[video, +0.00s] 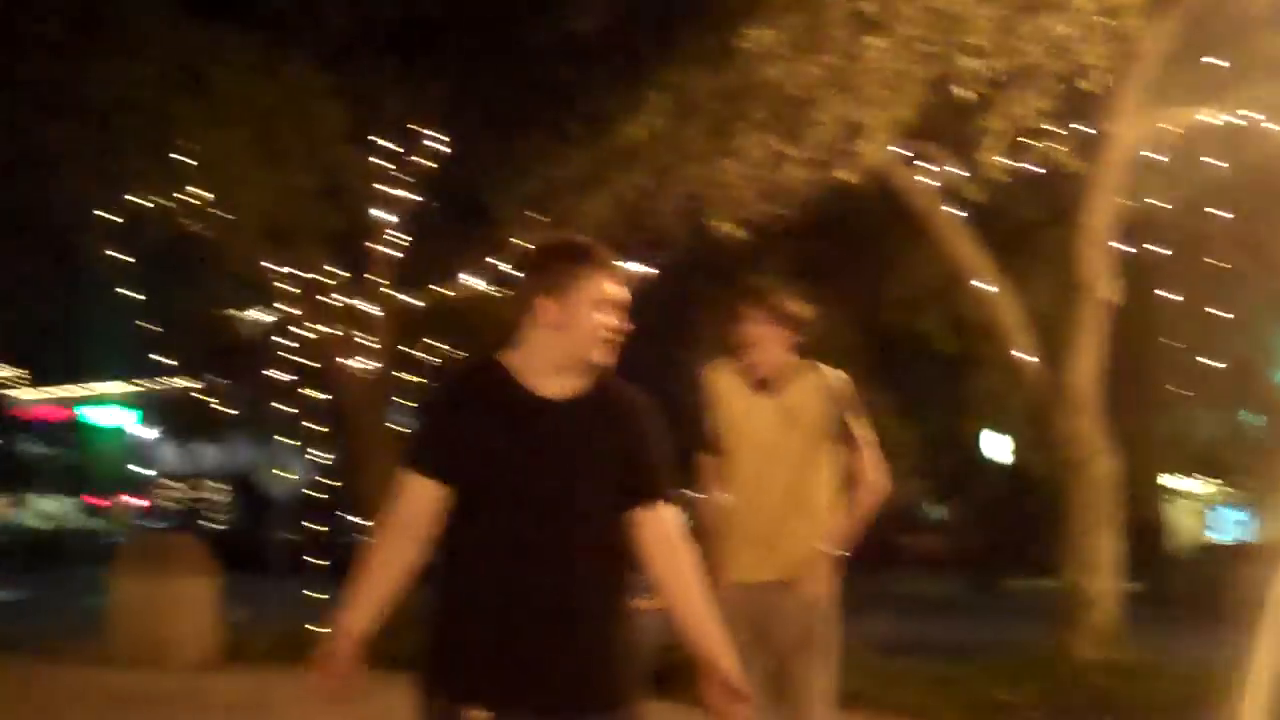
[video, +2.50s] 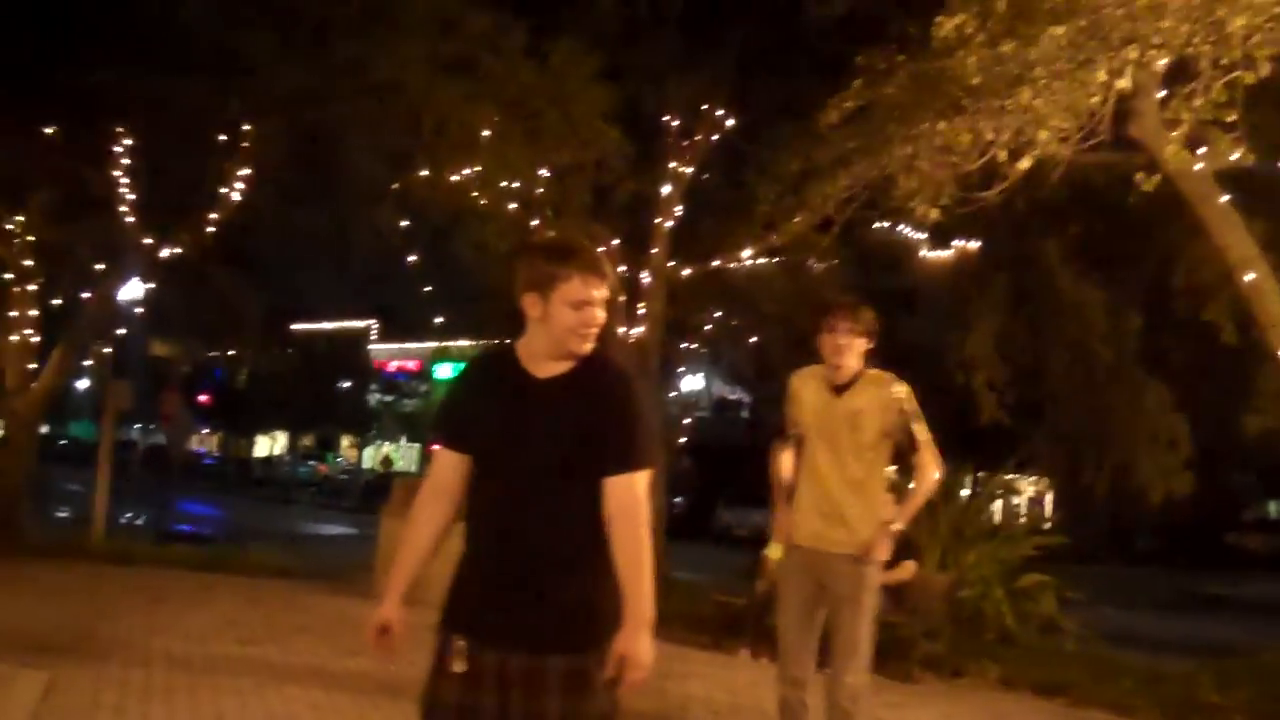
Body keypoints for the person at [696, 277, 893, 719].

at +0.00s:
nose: (747, 356)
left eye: (756, 344)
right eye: (741, 345)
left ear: (789, 336)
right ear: (734, 341)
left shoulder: (830, 386)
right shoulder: (717, 383)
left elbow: (875, 479)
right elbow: (708, 475)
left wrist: (832, 548)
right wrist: (714, 554)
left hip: (807, 579)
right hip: (733, 579)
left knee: (811, 706)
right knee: (737, 704)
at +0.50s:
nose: (826, 330)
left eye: (841, 321)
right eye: (824, 319)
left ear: (872, 333)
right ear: (818, 324)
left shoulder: (903, 390)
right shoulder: (801, 380)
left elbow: (946, 483)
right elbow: (797, 458)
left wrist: (894, 552)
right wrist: (771, 526)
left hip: (868, 580)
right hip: (798, 573)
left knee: (864, 711)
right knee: (782, 708)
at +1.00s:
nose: (796, 329)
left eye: (809, 319)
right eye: (794, 318)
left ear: (840, 327)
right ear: (788, 322)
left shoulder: (878, 379)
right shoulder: (778, 381)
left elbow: (929, 464)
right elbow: (780, 454)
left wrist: (879, 535)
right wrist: (773, 524)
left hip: (854, 565)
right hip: (790, 561)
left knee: (862, 699)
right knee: (784, 694)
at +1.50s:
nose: (834, 295)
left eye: (845, 285)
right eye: (835, 285)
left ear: (877, 294)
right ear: (843, 292)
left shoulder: (923, 346)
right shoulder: (829, 350)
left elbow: (977, 425)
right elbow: (833, 420)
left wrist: (937, 497)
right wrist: (831, 478)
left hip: (913, 530)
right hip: (850, 529)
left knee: (914, 673)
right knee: (846, 665)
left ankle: (909, 715)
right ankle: (850, 714)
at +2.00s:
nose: (848, 371)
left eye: (859, 364)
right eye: (849, 361)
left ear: (887, 378)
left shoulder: (924, 428)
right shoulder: (834, 410)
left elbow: (976, 493)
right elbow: (829, 468)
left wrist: (923, 544)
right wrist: (821, 514)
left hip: (888, 577)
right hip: (830, 567)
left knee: (874, 697)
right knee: (812, 687)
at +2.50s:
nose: (839, 343)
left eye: (850, 334)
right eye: (832, 332)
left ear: (868, 343)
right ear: (819, 339)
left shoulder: (892, 393)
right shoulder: (801, 385)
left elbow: (930, 468)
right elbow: (790, 445)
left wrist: (895, 527)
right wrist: (782, 506)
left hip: (858, 555)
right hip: (800, 547)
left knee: (848, 684)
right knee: (792, 677)